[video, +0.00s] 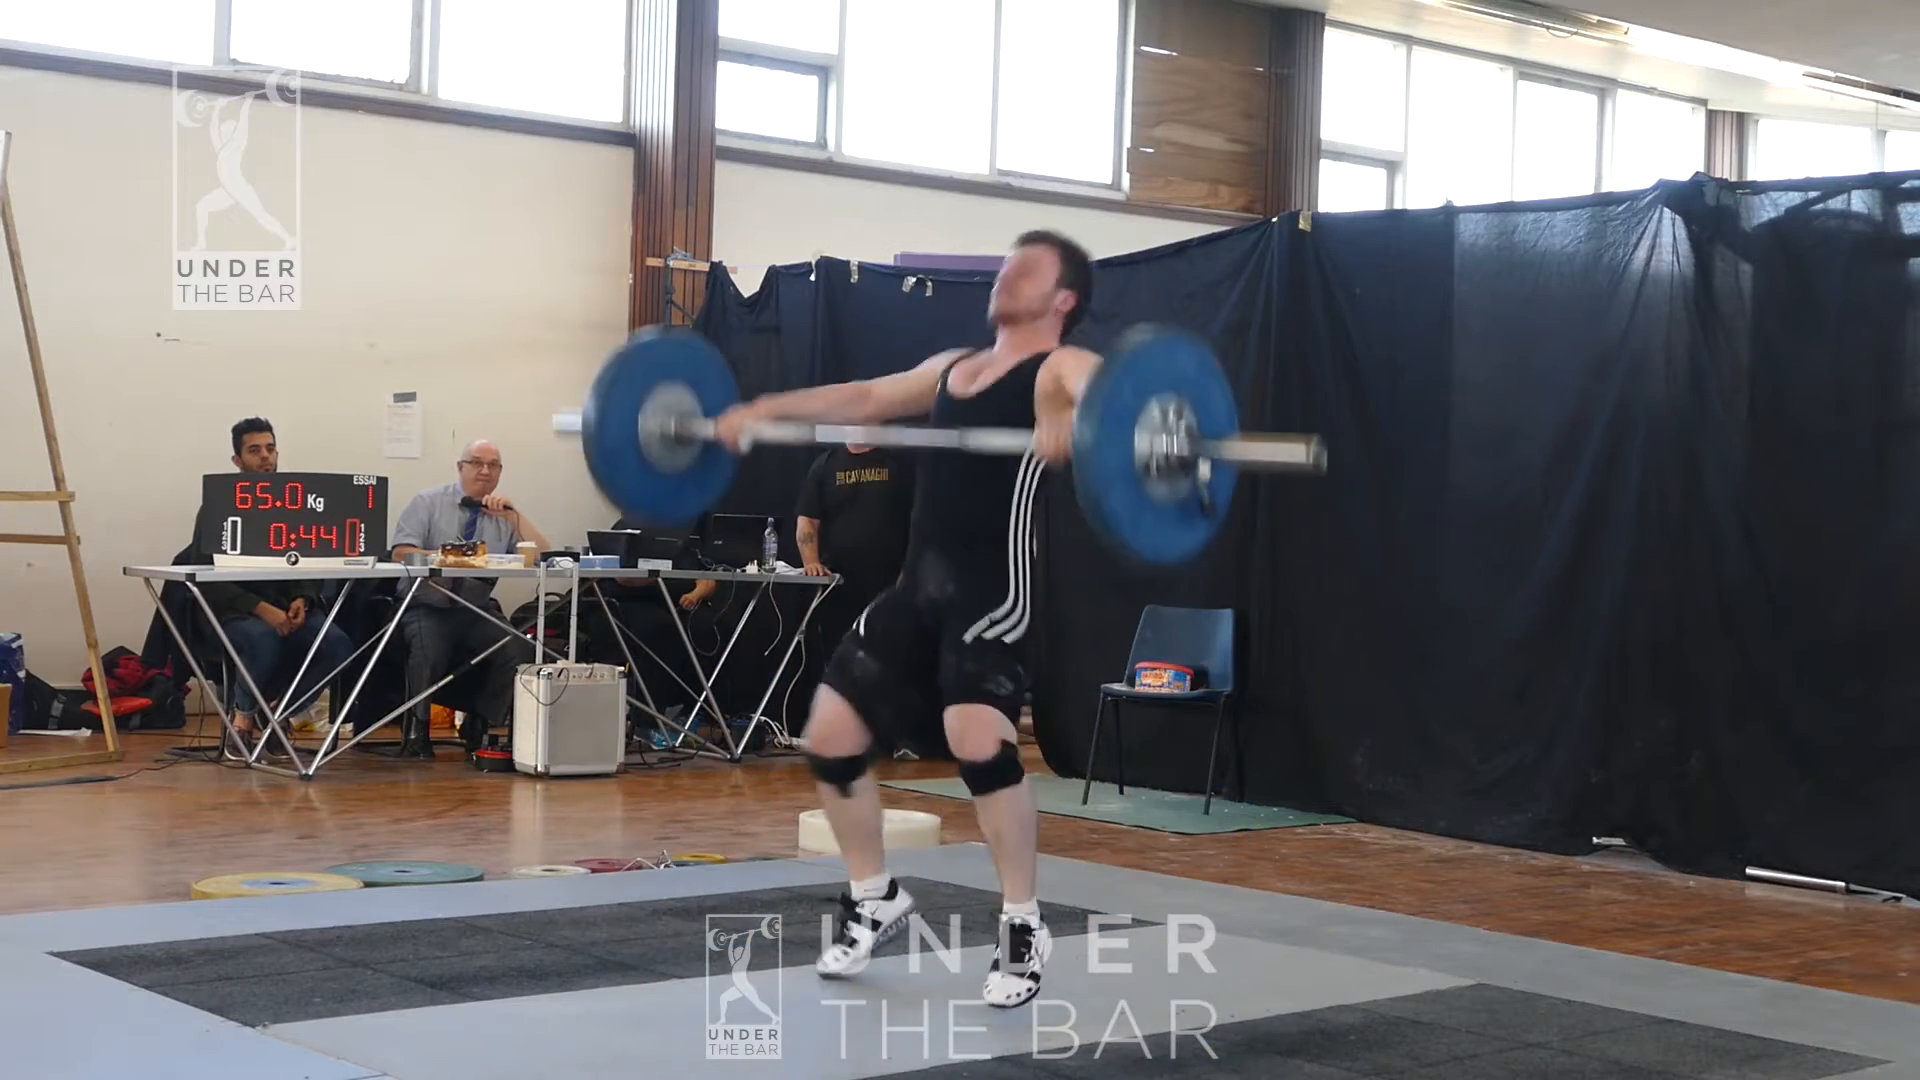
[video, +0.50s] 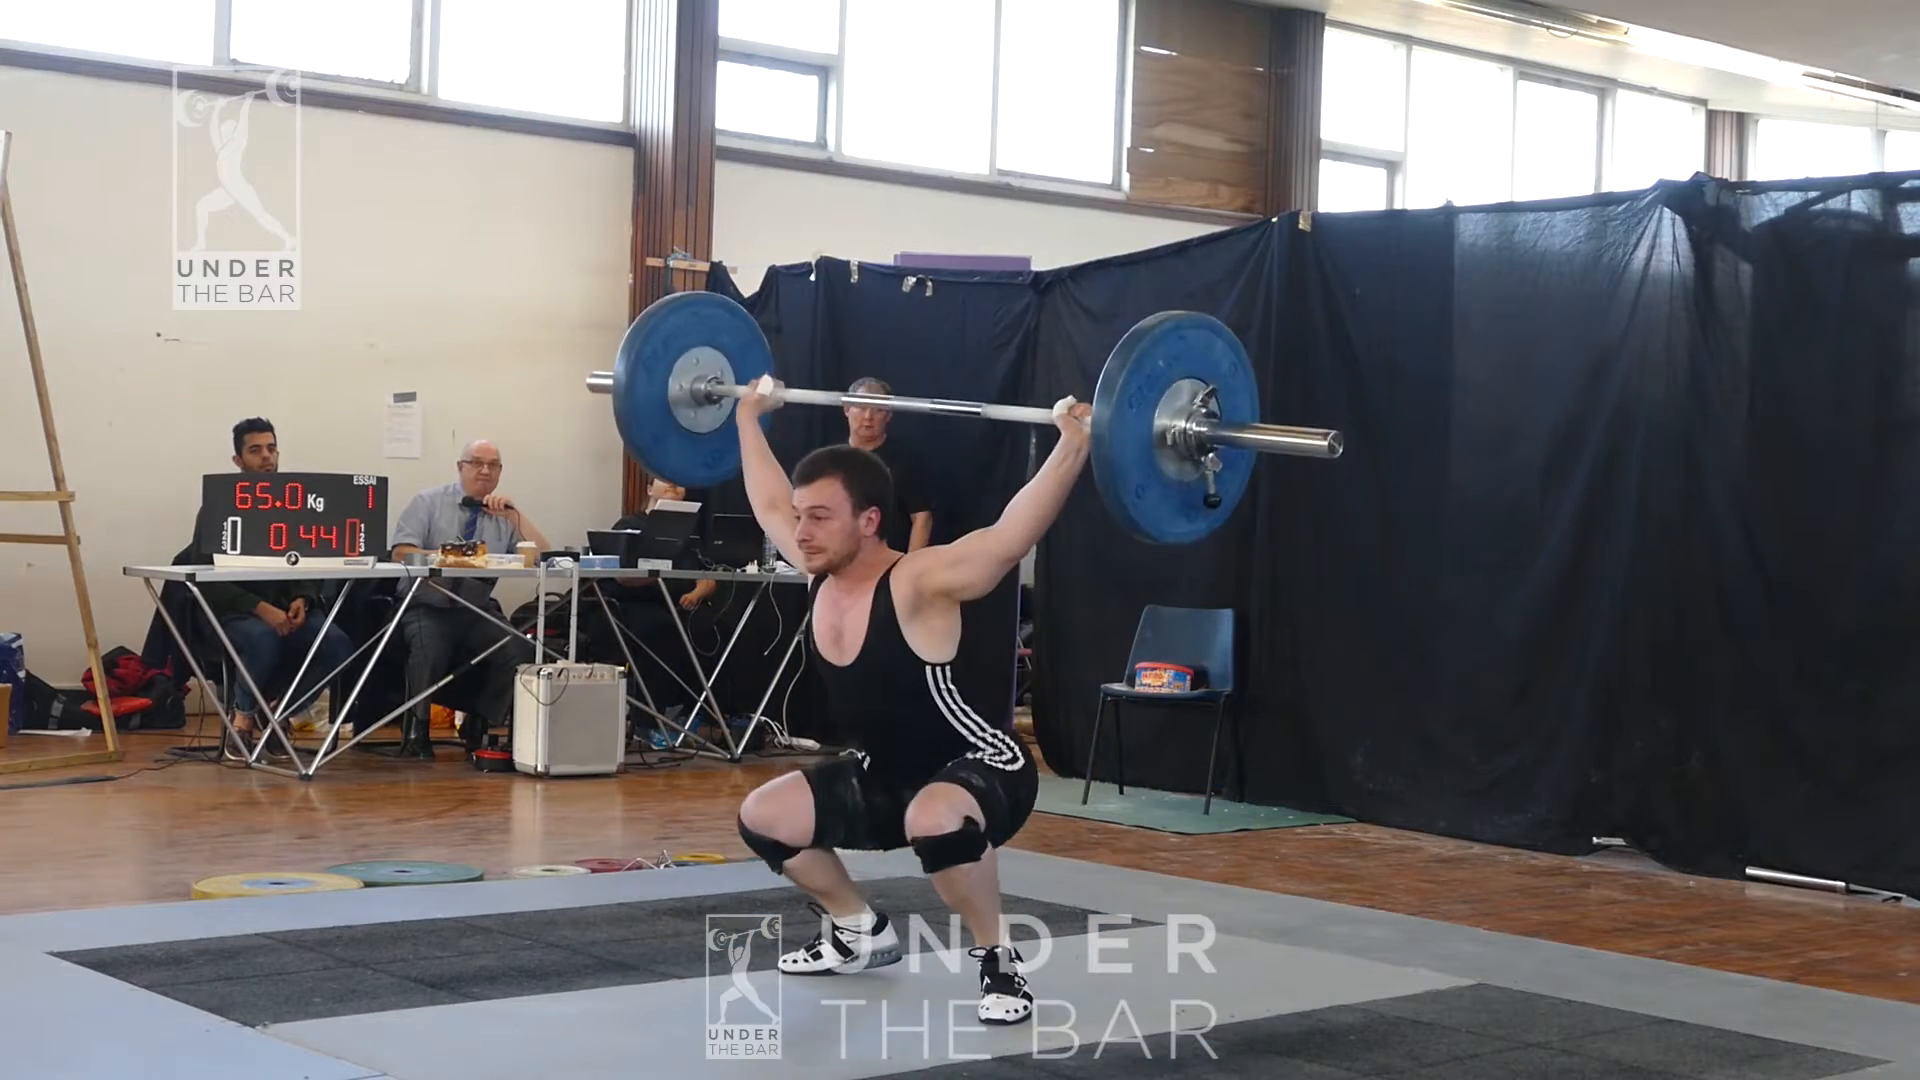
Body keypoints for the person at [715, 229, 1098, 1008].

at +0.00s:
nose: (1005, 272)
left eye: (1024, 267)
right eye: (1007, 261)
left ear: (1062, 298)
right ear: (999, 285)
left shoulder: (1064, 366)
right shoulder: (956, 365)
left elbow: (1108, 399)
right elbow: (864, 401)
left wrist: (1075, 420)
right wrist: (762, 409)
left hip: (993, 597)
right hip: (916, 591)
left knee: (977, 739)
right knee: (831, 738)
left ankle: (1020, 925)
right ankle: (874, 902)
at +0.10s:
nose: (948, 368)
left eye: (966, 356)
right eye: (944, 355)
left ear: (1012, 363)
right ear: (938, 359)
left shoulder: (1033, 432)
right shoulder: (924, 432)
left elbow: (1125, 449)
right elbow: (846, 431)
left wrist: (1082, 388)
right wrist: (771, 374)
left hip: (1000, 673)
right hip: (920, 666)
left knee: (1001, 791)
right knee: (791, 769)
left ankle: (1012, 956)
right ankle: (862, 916)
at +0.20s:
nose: (864, 469)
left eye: (880, 455)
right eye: (861, 457)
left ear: (928, 464)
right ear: (859, 462)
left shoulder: (967, 528)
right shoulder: (865, 524)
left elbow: (1051, 491)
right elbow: (795, 473)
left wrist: (1069, 395)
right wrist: (750, 381)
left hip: (997, 743)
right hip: (902, 747)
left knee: (974, 806)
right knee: (783, 797)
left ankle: (1004, 961)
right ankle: (863, 932)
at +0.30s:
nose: (825, 514)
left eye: (840, 499)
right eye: (820, 499)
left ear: (891, 503)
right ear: (821, 506)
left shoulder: (938, 558)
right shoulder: (840, 561)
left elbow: (1015, 508)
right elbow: (783, 486)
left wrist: (1073, 417)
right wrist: (746, 396)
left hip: (988, 762)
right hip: (894, 768)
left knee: (961, 816)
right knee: (771, 802)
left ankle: (1002, 961)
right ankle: (861, 932)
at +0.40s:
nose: (812, 531)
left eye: (827, 517)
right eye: (808, 517)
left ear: (876, 521)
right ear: (804, 523)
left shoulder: (928, 577)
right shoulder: (830, 578)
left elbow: (1012, 534)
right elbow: (781, 509)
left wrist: (1073, 444)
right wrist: (747, 415)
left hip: (983, 771)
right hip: (892, 777)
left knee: (945, 822)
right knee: (764, 812)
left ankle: (999, 957)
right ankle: (861, 931)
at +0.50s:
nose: (804, 531)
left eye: (818, 517)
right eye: (800, 517)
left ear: (868, 520)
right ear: (797, 524)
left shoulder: (923, 579)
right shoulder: (823, 577)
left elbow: (1009, 537)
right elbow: (774, 509)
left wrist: (1072, 447)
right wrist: (748, 418)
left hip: (982, 767)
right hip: (886, 776)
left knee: (934, 819)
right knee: (764, 815)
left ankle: (997, 960)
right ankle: (860, 930)